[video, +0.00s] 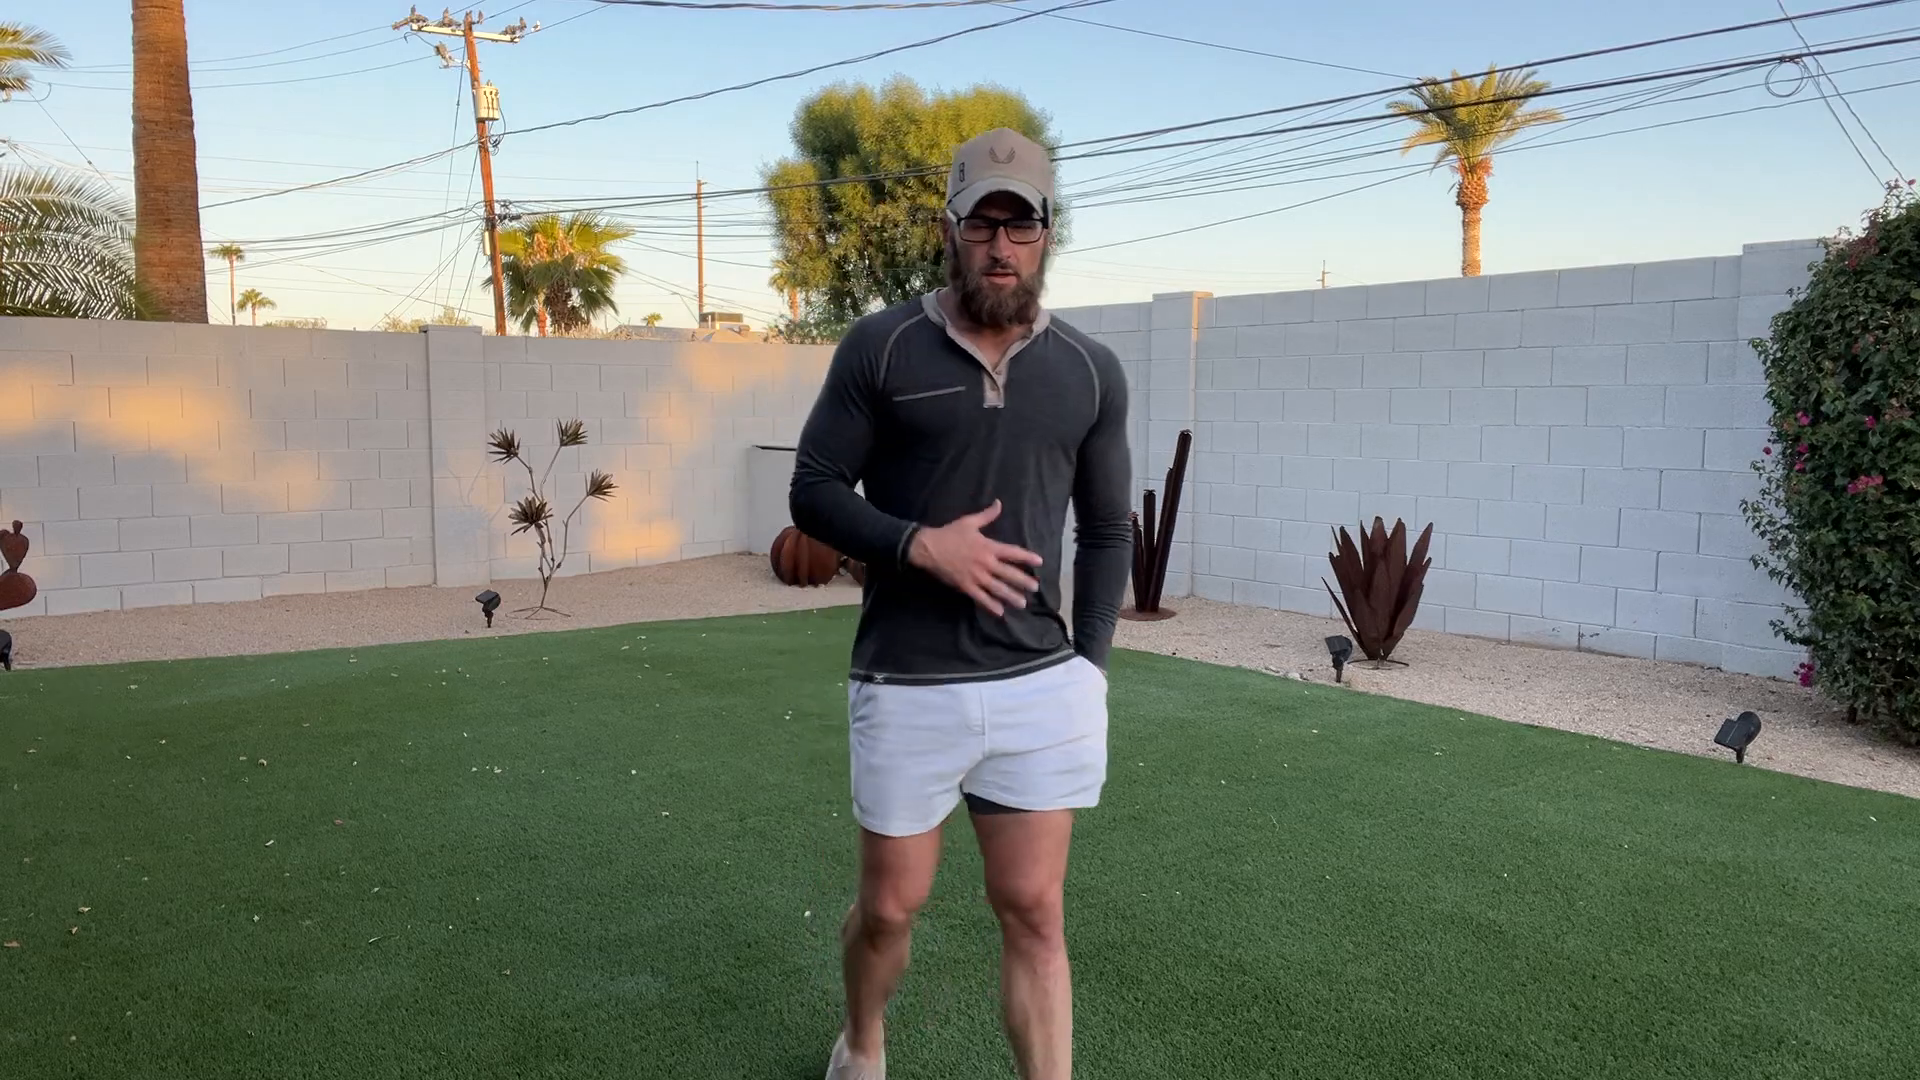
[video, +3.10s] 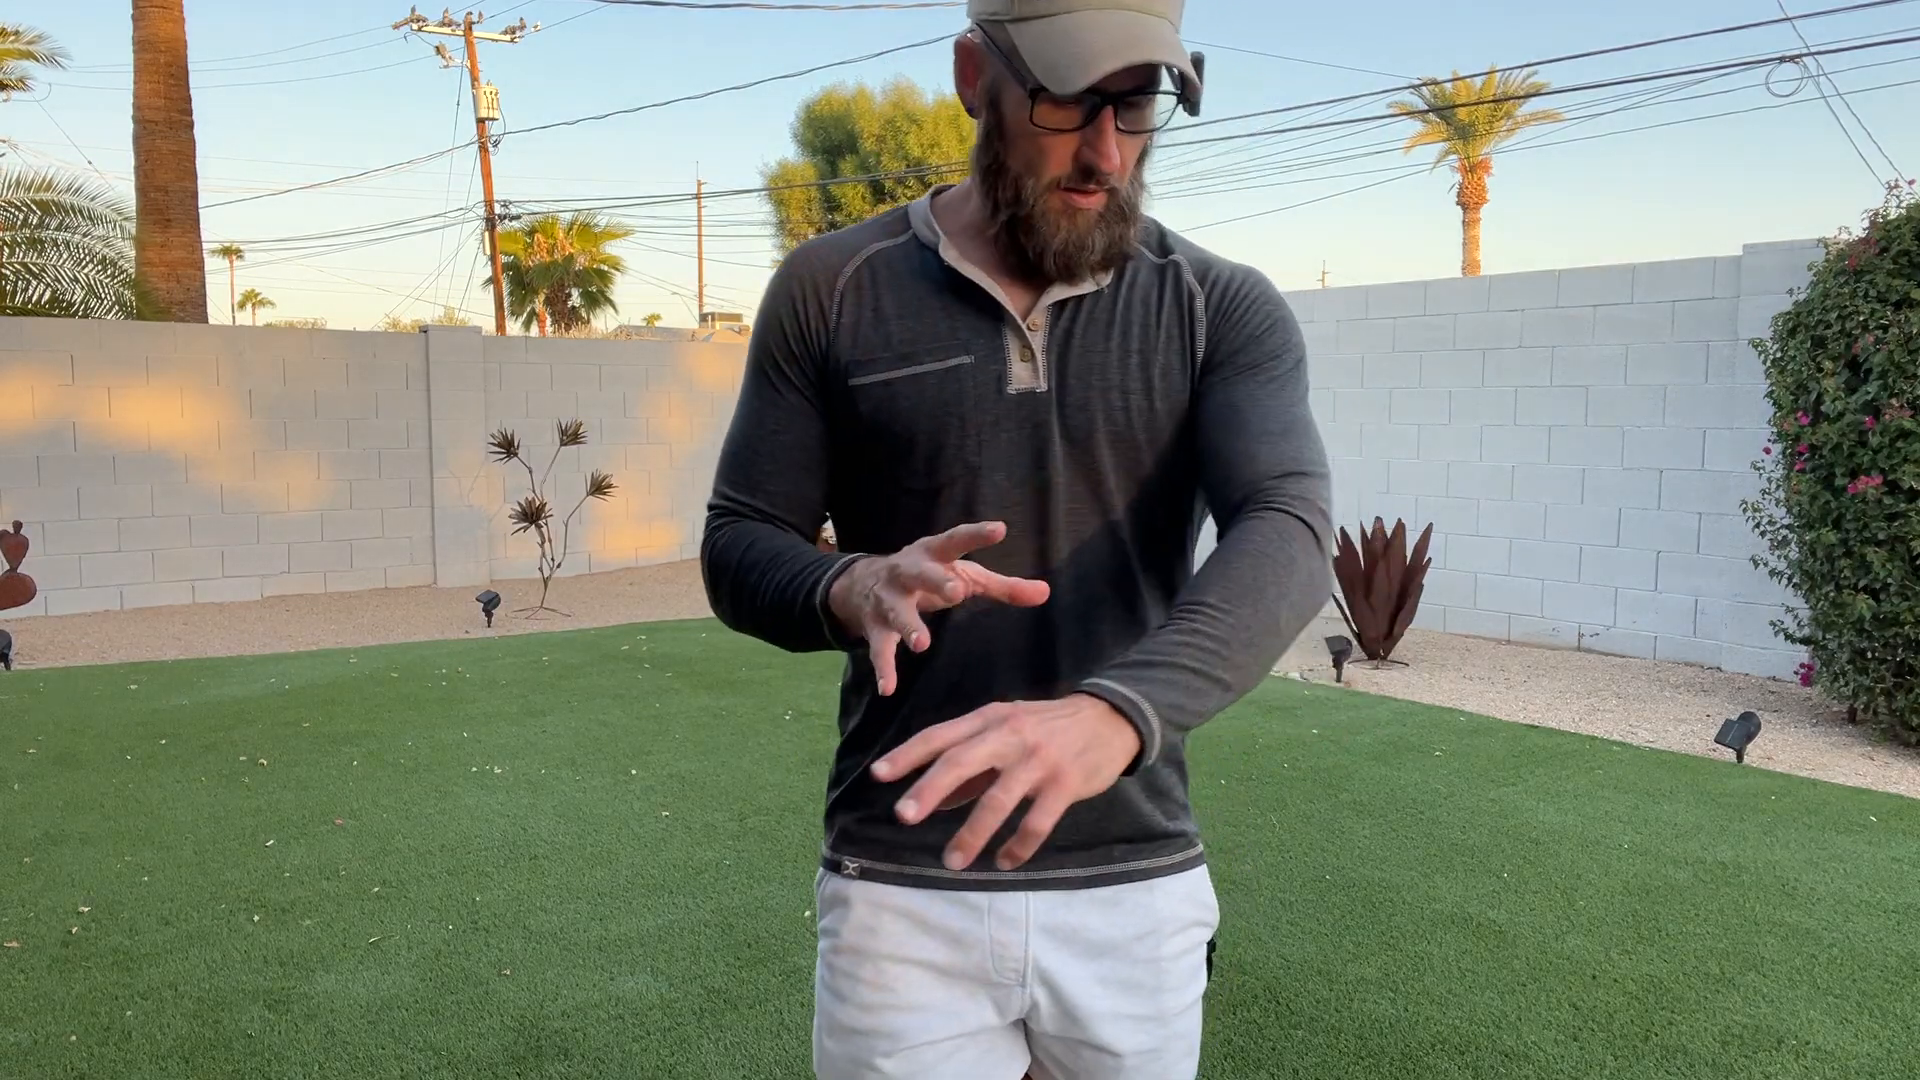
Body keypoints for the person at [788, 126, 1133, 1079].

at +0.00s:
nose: (1001, 247)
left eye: (1021, 226)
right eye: (982, 226)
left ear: (1048, 238)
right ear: (950, 235)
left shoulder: (1092, 371)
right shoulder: (880, 349)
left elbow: (1106, 529)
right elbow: (814, 490)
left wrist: (1087, 659)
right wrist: (919, 541)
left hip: (1043, 680)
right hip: (908, 682)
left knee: (1036, 909)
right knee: (889, 909)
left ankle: (1051, 1075)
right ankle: (863, 1050)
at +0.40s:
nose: (1086, 233)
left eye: (1107, 211)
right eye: (1066, 208)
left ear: (1133, 225)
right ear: (1027, 215)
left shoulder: (1180, 368)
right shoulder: (942, 343)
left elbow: (1234, 499)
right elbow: (866, 471)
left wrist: (1249, 590)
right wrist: (867, 545)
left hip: (1103, 699)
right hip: (964, 690)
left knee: (1067, 936)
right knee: (935, 939)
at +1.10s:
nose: (986, 188)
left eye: (1010, 164)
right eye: (960, 165)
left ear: (1041, 181)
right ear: (921, 185)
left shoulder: (1121, 335)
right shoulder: (855, 339)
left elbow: (1197, 508)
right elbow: (786, 517)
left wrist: (1113, 470)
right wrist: (862, 480)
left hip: (1070, 737)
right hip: (910, 738)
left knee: (1077, 1001)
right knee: (924, 998)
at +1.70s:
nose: (1000, 179)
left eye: (1030, 148)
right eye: (972, 147)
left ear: (1065, 160)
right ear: (928, 155)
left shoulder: (1149, 329)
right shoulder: (835, 333)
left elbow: (1216, 508)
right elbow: (767, 503)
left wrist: (1218, 600)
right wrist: (766, 572)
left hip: (1090, 780)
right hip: (909, 784)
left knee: (1076, 1069)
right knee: (921, 1050)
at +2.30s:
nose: (1174, 152)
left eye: (1209, 115)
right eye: (1140, 112)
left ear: (1248, 132)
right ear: (1087, 119)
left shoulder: (1313, 351)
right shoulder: (957, 302)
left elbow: (1363, 564)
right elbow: (878, 482)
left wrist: (1376, 668)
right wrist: (871, 574)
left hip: (1177, 841)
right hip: (965, 819)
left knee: (1128, 1069)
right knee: (912, 1062)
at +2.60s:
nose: (1179, 142)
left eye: (1215, 109)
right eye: (1147, 105)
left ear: (1253, 128)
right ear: (1089, 114)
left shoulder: (1318, 359)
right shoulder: (957, 297)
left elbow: (1349, 618)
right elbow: (857, 521)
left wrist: (1238, 616)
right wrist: (978, 549)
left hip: (1177, 849)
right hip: (965, 827)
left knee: (1128, 1066)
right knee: (948, 1065)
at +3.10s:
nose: (1108, 153)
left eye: (1136, 108)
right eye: (1066, 106)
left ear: (1164, 101)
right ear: (975, 74)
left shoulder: (1223, 310)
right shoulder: (832, 290)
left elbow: (1287, 532)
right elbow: (741, 545)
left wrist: (1120, 709)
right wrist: (847, 589)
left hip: (1135, 897)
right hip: (902, 899)